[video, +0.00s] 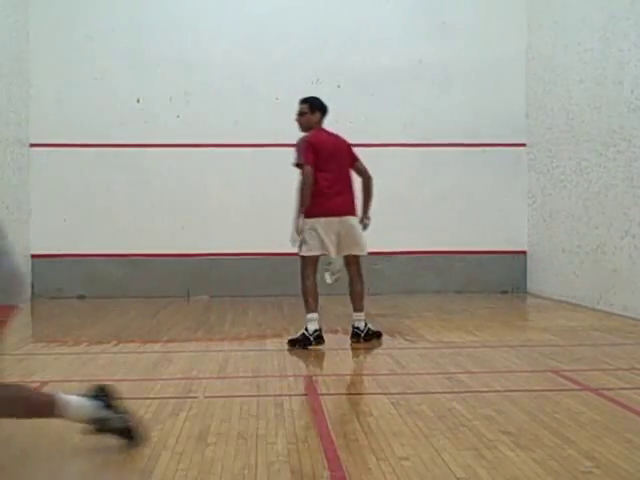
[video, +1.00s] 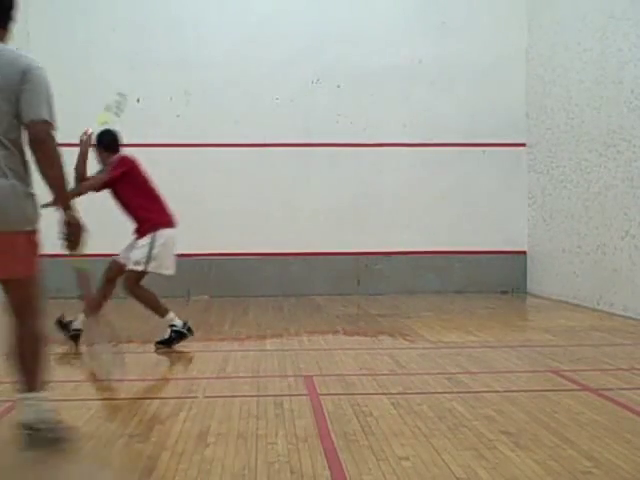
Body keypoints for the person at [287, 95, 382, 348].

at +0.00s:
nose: (298, 119)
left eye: (303, 114)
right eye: (298, 114)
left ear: (317, 115)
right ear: (320, 117)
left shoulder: (306, 142)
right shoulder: (341, 142)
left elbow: (308, 176)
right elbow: (366, 176)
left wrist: (301, 213)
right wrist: (365, 212)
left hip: (317, 215)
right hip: (346, 214)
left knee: (308, 271)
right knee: (354, 268)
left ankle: (312, 328)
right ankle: (360, 326)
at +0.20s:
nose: (271, 110)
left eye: (275, 106)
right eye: (272, 105)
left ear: (285, 108)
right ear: (293, 110)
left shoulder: (276, 132)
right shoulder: (312, 136)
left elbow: (273, 168)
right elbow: (336, 174)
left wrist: (254, 204)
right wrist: (329, 203)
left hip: (291, 207)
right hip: (318, 207)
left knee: (281, 263)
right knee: (322, 261)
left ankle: (301, 319)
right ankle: (335, 320)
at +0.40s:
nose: (241, 129)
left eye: (243, 125)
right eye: (243, 125)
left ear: (247, 126)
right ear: (263, 127)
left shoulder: (249, 149)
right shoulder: (279, 152)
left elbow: (246, 184)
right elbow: (296, 194)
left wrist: (222, 215)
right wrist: (265, 194)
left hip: (266, 221)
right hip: (293, 220)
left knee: (222, 258)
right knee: (306, 275)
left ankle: (227, 321)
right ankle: (329, 328)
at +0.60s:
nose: (186, 133)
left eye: (186, 129)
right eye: (188, 129)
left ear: (189, 130)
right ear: (207, 130)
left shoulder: (197, 152)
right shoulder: (219, 154)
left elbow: (201, 189)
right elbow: (224, 203)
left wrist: (187, 221)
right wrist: (196, 218)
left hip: (220, 224)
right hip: (241, 223)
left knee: (187, 267)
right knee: (241, 276)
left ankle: (185, 329)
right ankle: (286, 308)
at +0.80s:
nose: (140, 143)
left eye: (141, 138)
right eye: (140, 138)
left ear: (144, 137)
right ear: (160, 135)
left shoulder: (163, 155)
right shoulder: (161, 157)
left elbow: (151, 200)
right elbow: (151, 205)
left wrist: (125, 210)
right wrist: (128, 212)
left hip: (193, 223)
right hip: (185, 222)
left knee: (161, 271)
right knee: (154, 267)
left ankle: (183, 328)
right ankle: (181, 324)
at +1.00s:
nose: (98, 156)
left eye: (98, 151)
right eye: (98, 152)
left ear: (102, 150)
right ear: (117, 147)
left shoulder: (123, 163)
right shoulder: (113, 170)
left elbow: (93, 185)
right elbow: (81, 183)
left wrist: (63, 197)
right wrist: (83, 151)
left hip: (158, 231)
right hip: (145, 233)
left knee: (131, 283)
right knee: (112, 272)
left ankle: (177, 325)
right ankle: (78, 324)